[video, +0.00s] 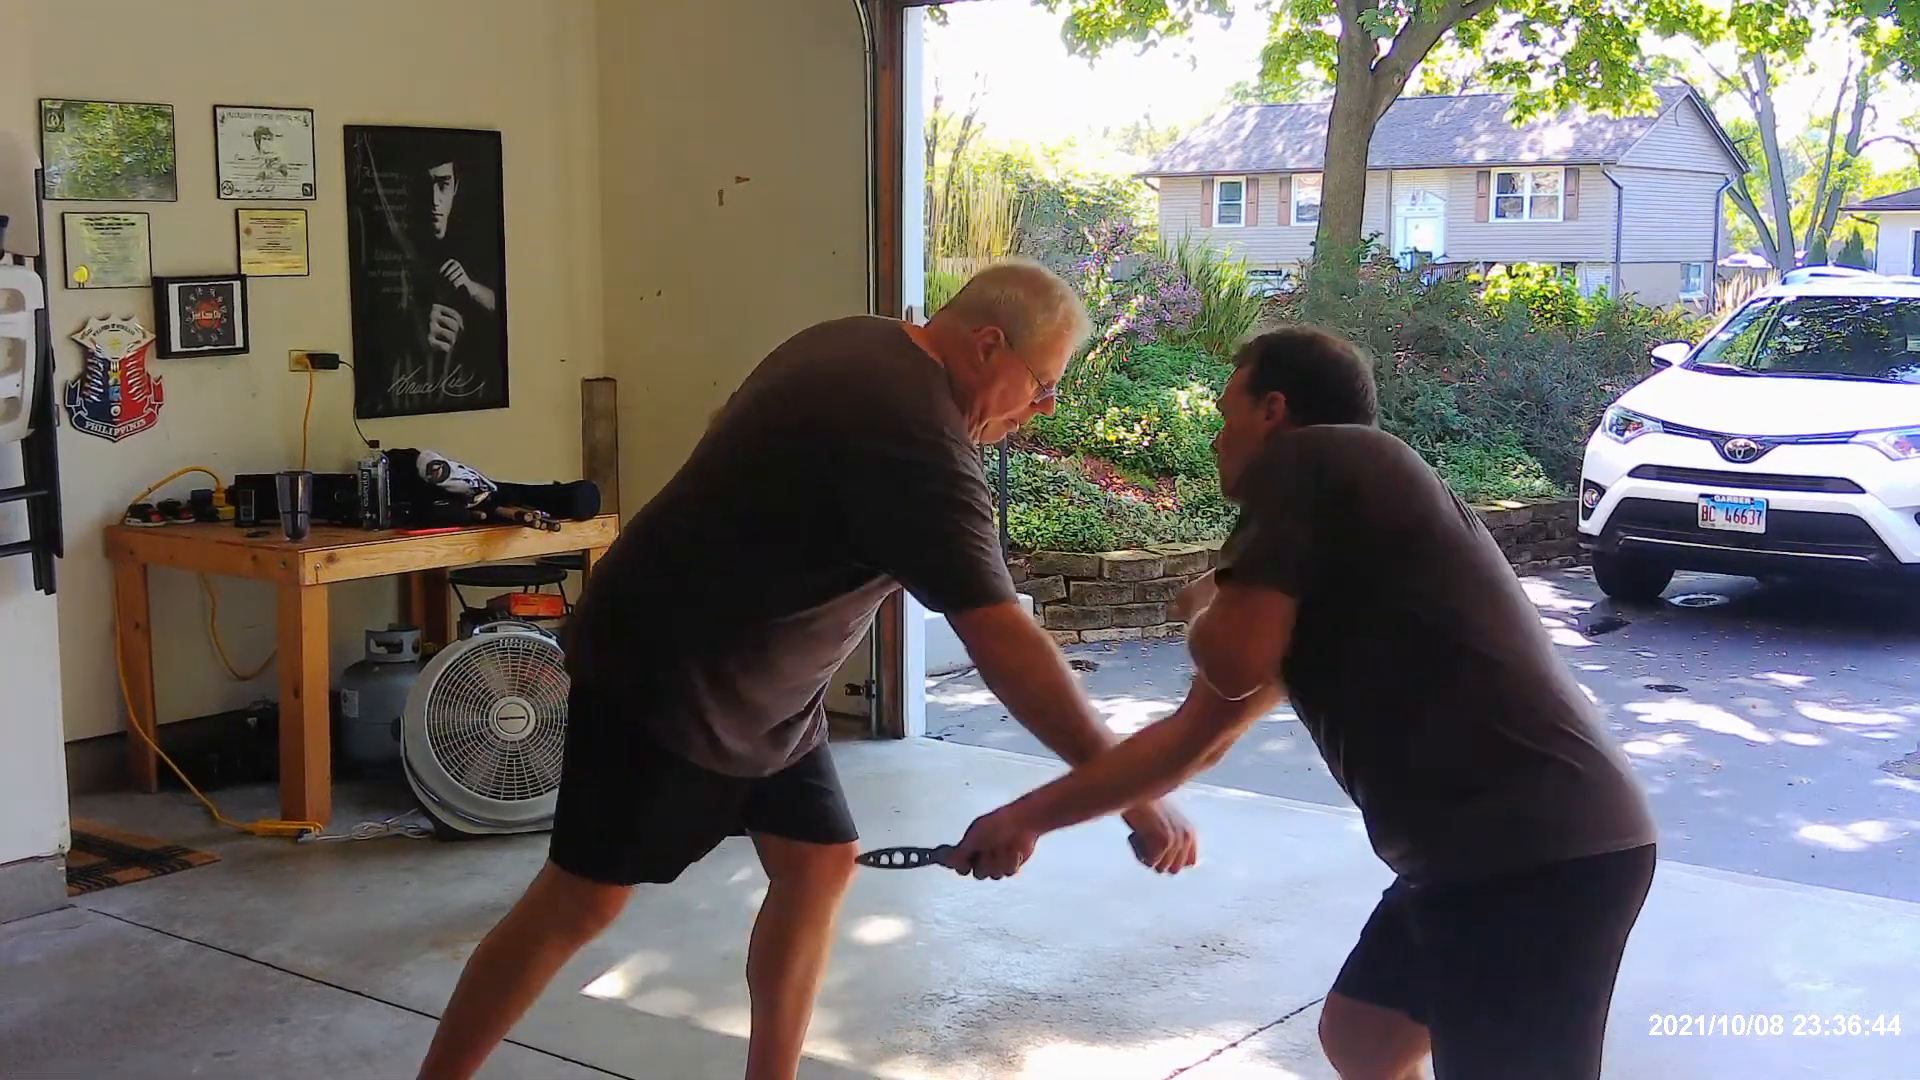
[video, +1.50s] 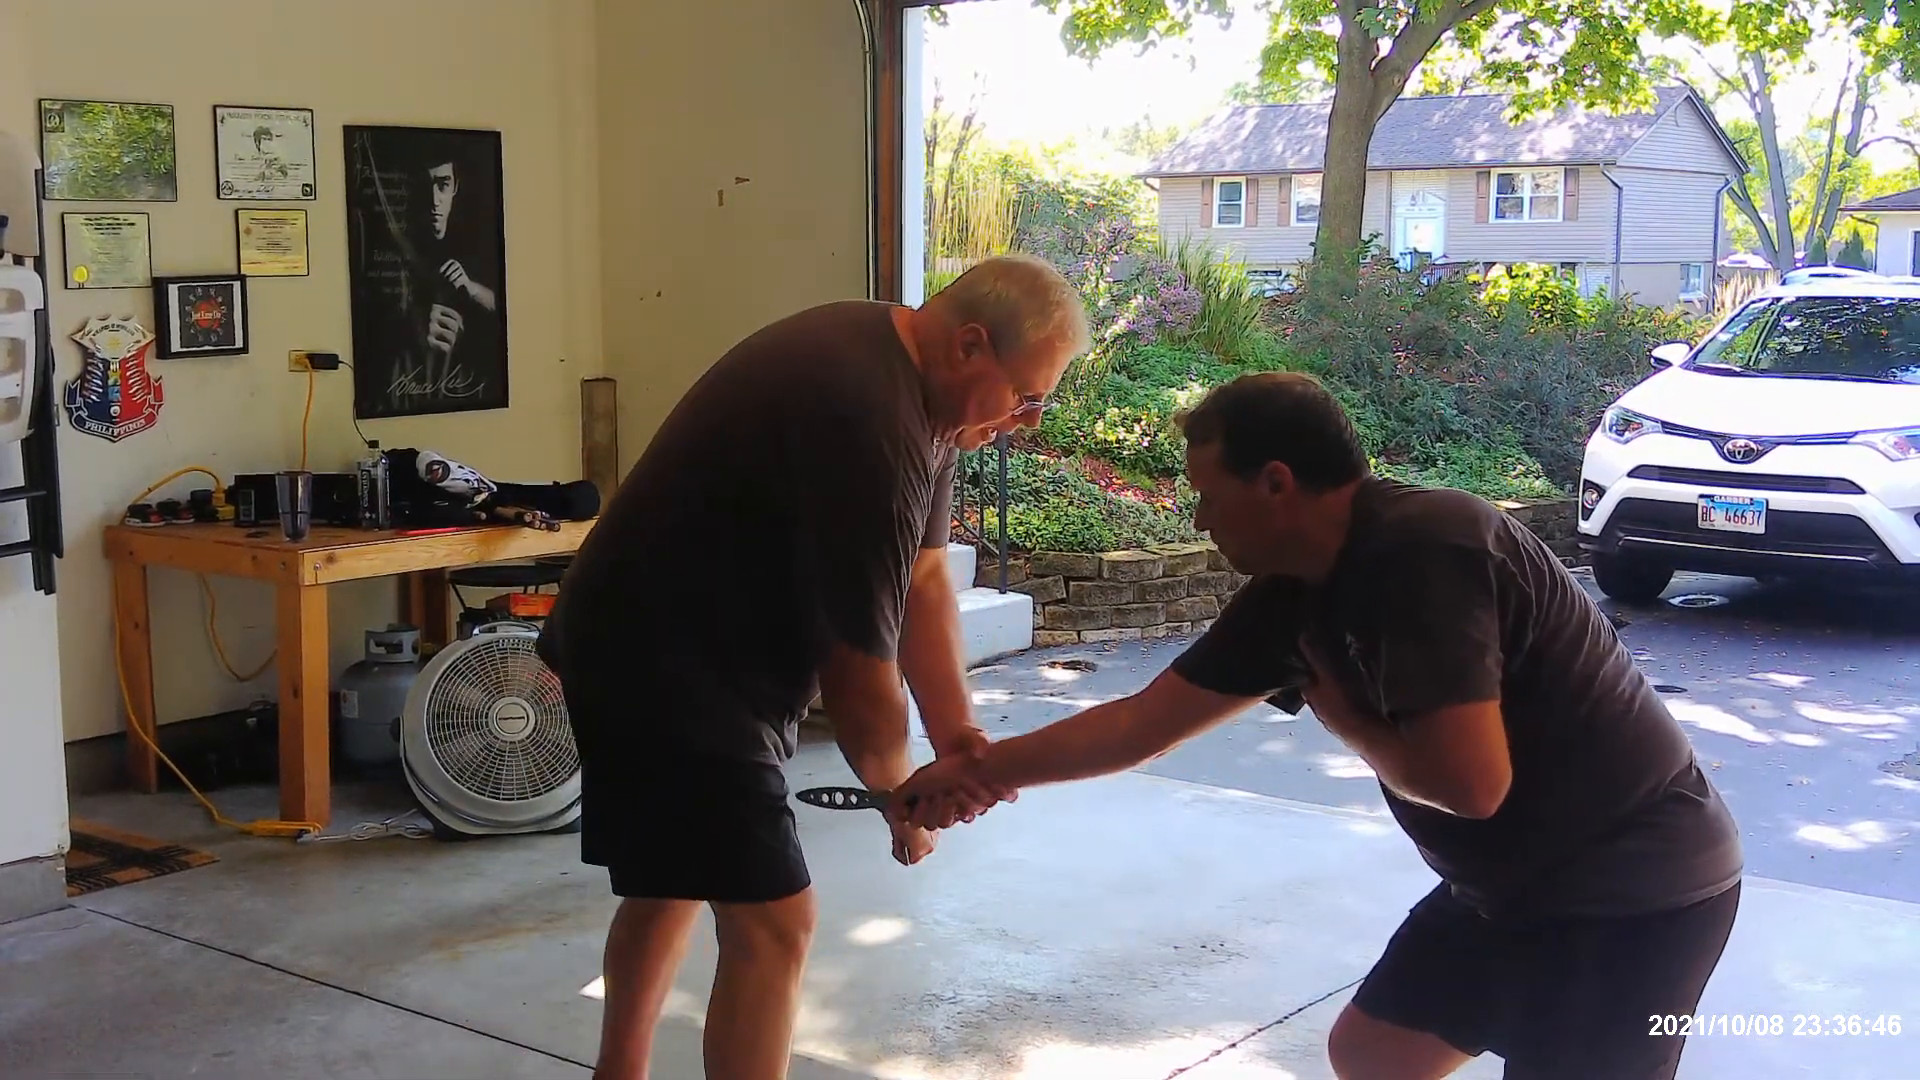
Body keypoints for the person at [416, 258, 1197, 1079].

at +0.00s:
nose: (1040, 409)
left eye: (1051, 391)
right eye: (1043, 384)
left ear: (972, 335)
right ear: (988, 347)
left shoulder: (862, 353)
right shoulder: (914, 430)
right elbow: (999, 636)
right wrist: (1129, 789)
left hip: (764, 670)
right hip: (657, 660)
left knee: (817, 856)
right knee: (583, 895)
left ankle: (772, 1068)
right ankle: (441, 1069)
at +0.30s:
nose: (1062, 455)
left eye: (1075, 439)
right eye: (1072, 430)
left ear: (1013, 376)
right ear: (1030, 390)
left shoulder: (884, 364)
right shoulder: (936, 452)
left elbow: (722, 411)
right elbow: (968, 664)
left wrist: (590, 448)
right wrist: (1055, 843)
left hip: (758, 663)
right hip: (659, 650)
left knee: (810, 854)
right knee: (575, 884)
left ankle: (767, 1072)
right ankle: (423, 1071)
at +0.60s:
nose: (1064, 422)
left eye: (1076, 404)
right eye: (1069, 395)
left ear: (1011, 350)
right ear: (1018, 356)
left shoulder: (873, 342)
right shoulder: (926, 419)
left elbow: (713, 437)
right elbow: (961, 645)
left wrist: (630, 555)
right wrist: (1044, 832)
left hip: (766, 654)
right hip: (674, 645)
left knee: (803, 852)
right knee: (593, 883)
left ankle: (765, 1072)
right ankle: (438, 1068)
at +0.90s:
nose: (1038, 396)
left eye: (1049, 381)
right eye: (1039, 371)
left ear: (976, 322)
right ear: (979, 323)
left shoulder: (901, 362)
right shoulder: (885, 399)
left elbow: (896, 573)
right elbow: (924, 645)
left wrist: (972, 691)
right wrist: (1010, 825)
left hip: (769, 637)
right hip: (682, 631)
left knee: (799, 866)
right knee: (746, 896)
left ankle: (762, 1073)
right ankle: (658, 1069)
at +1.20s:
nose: (1027, 401)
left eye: (1036, 384)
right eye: (1024, 377)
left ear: (964, 326)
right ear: (962, 326)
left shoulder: (940, 394)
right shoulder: (877, 402)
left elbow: (957, 579)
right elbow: (909, 654)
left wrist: (987, 740)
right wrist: (957, 816)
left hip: (742, 648)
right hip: (675, 652)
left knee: (770, 907)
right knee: (775, 919)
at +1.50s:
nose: (1018, 420)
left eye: (1032, 404)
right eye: (1022, 397)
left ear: (965, 341)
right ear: (967, 346)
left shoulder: (903, 377)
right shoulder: (874, 419)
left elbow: (925, 577)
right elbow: (857, 672)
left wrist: (959, 740)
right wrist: (902, 795)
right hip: (670, 663)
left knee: (663, 881)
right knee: (773, 924)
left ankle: (618, 1068)